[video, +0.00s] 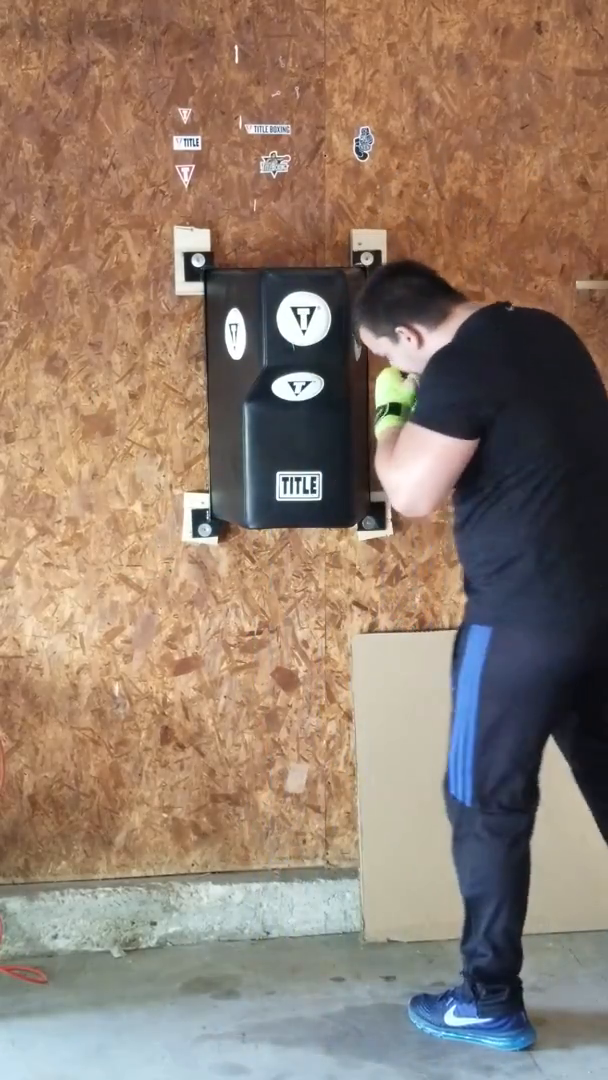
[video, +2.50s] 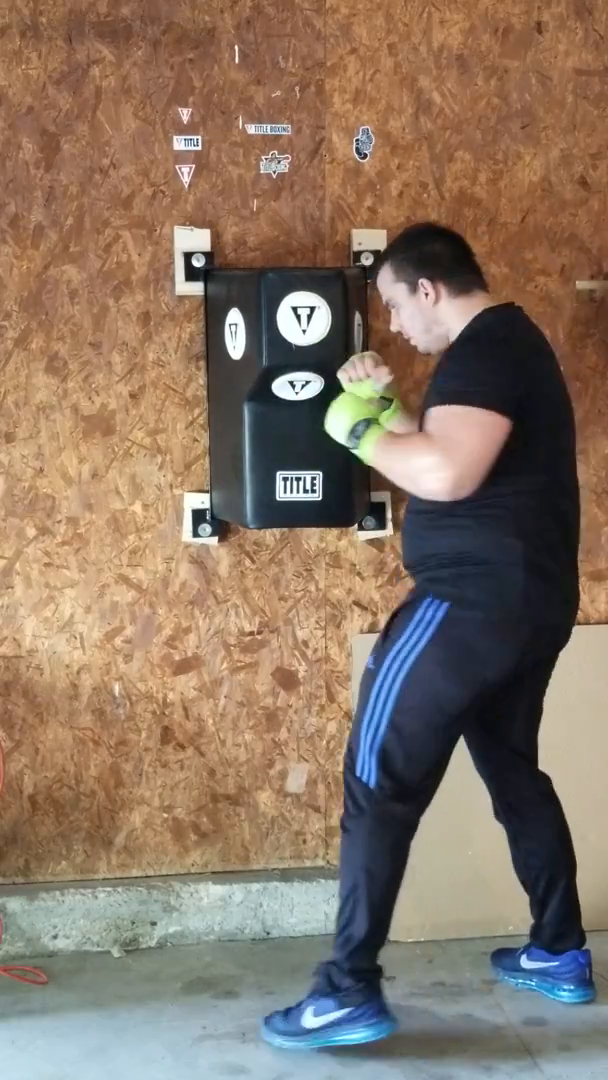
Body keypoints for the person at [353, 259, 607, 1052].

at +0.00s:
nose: (394, 365)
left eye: (387, 354)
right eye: (387, 357)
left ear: (410, 333)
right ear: (450, 293)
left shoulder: (463, 366)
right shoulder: (552, 334)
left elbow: (412, 495)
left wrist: (390, 426)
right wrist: (426, 404)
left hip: (519, 617)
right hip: (591, 609)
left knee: (487, 804)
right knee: (604, 793)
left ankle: (490, 998)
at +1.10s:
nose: (406, 319)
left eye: (408, 301)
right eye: (403, 304)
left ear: (446, 292)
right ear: (471, 289)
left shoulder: (500, 347)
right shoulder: (533, 344)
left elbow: (536, 459)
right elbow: (499, 468)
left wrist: (425, 456)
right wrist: (429, 415)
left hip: (513, 612)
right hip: (575, 605)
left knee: (469, 798)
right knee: (557, 749)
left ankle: (489, 997)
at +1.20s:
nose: (427, 303)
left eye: (431, 288)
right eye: (425, 291)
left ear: (470, 276)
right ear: (510, 278)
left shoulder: (478, 327)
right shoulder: (584, 350)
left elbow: (429, 392)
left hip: (501, 606)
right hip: (592, 601)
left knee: (482, 801)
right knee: (565, 730)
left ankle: (489, 995)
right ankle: (607, 895)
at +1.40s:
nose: (455, 314)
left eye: (458, 299)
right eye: (454, 302)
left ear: (485, 288)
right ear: (535, 290)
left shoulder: (488, 335)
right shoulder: (595, 348)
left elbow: (437, 431)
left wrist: (380, 419)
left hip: (506, 602)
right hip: (595, 605)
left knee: (466, 792)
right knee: (591, 784)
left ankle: (480, 990)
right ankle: (606, 944)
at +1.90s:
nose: (416, 347)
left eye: (423, 333)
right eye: (417, 336)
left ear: (455, 322)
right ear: (489, 325)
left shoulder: (484, 351)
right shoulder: (549, 404)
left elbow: (370, 388)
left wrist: (395, 357)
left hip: (463, 614)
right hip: (537, 626)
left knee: (387, 796)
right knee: (482, 766)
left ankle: (391, 1005)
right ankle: (592, 937)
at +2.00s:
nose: (421, 342)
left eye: (425, 325)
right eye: (419, 331)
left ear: (463, 308)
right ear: (472, 314)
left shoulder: (543, 349)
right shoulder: (487, 407)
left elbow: (471, 382)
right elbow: (433, 550)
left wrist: (413, 350)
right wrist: (334, 522)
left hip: (467, 611)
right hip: (484, 617)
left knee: (387, 798)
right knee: (455, 776)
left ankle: (393, 1006)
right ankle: (564, 938)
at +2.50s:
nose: (396, 326)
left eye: (396, 305)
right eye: (391, 310)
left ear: (429, 287)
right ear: (453, 283)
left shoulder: (483, 350)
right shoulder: (514, 342)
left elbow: (444, 472)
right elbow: (457, 458)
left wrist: (369, 428)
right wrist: (393, 411)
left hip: (470, 597)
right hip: (534, 598)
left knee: (378, 782)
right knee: (511, 768)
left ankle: (349, 987)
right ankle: (560, 953)